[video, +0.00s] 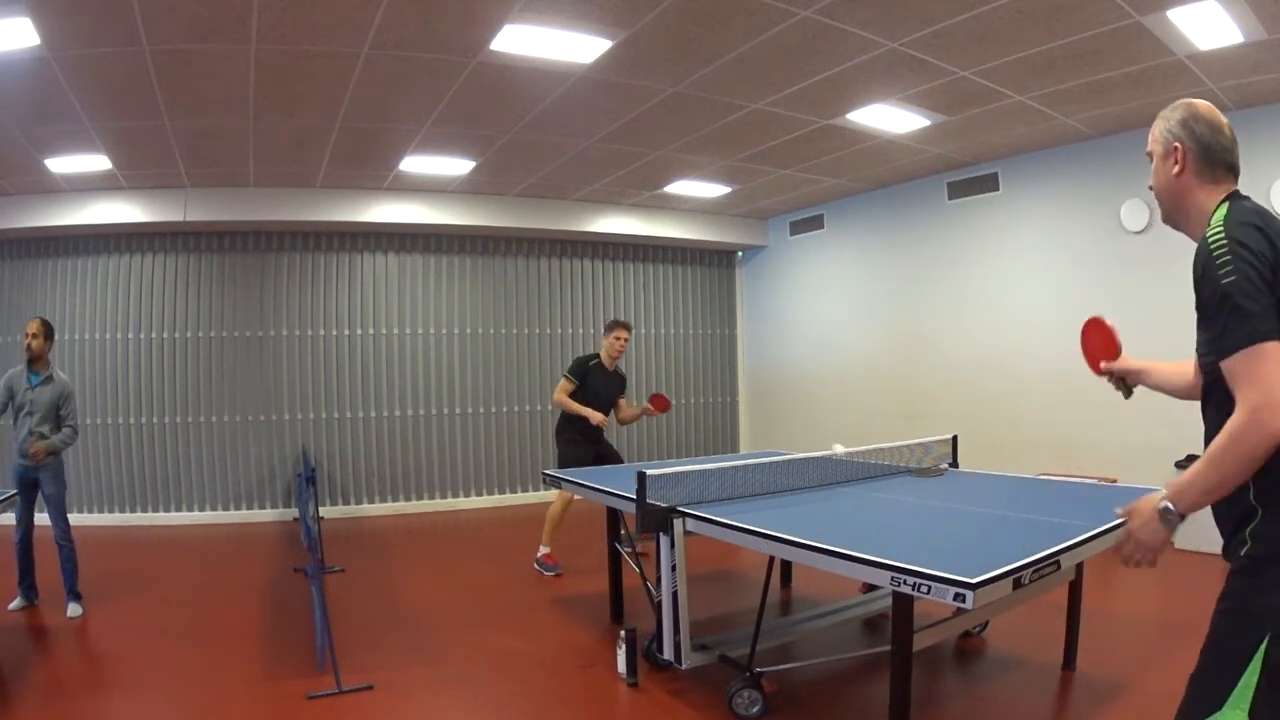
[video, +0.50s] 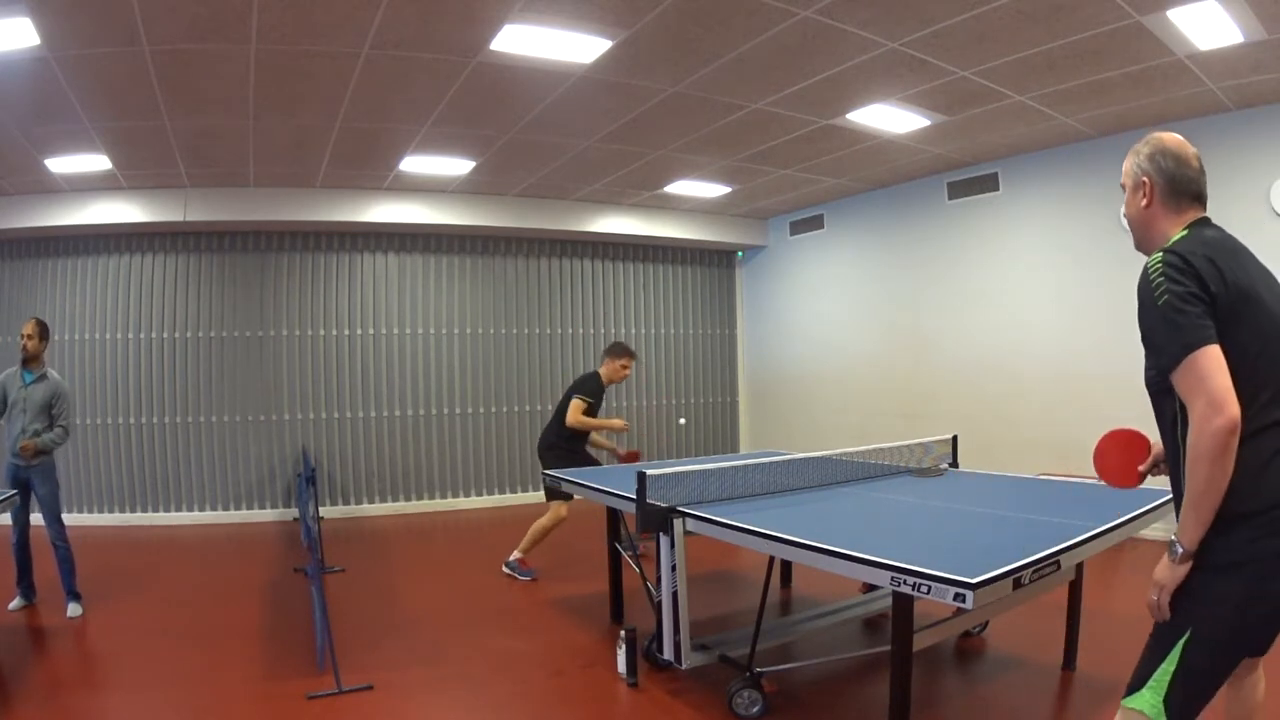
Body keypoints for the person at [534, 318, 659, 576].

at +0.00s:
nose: (621, 345)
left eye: (625, 341)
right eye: (617, 339)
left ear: (627, 345)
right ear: (604, 339)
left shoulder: (619, 378)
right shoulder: (583, 365)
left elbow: (622, 416)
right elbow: (558, 397)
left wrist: (642, 410)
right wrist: (589, 412)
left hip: (596, 437)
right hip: (572, 435)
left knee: (624, 479)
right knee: (568, 491)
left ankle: (620, 537)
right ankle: (544, 552)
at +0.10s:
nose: (629, 354)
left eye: (633, 350)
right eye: (625, 348)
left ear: (635, 354)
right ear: (612, 347)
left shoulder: (622, 385)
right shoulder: (594, 372)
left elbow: (621, 425)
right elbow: (571, 405)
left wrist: (648, 421)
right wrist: (607, 415)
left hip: (597, 442)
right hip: (574, 441)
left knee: (626, 481)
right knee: (574, 497)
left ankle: (621, 539)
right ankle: (535, 549)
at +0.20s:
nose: (636, 367)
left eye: (640, 363)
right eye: (632, 360)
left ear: (641, 366)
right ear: (618, 358)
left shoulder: (617, 391)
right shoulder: (602, 382)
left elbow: (611, 433)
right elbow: (588, 416)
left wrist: (639, 439)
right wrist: (625, 421)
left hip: (594, 449)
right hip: (575, 448)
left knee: (627, 481)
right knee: (575, 505)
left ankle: (621, 539)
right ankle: (526, 550)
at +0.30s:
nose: (637, 375)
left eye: (641, 371)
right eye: (634, 369)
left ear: (641, 373)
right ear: (618, 366)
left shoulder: (611, 390)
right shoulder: (607, 387)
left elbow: (594, 434)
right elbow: (598, 423)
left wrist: (616, 453)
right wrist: (632, 426)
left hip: (586, 451)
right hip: (570, 451)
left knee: (623, 482)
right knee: (571, 512)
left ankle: (622, 539)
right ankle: (521, 554)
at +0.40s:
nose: (633, 379)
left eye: (636, 375)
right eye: (630, 373)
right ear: (615, 369)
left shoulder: (603, 390)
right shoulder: (602, 389)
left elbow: (581, 430)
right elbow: (592, 424)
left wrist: (601, 454)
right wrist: (626, 428)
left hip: (576, 452)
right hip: (562, 453)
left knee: (618, 478)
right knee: (566, 515)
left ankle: (622, 541)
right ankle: (517, 557)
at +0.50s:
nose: (628, 374)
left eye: (629, 369)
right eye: (625, 368)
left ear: (613, 365)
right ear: (609, 363)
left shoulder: (598, 388)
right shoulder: (589, 383)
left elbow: (585, 432)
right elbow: (572, 419)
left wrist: (614, 448)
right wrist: (609, 423)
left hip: (575, 450)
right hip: (555, 450)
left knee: (612, 487)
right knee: (558, 512)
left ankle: (622, 540)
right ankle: (515, 558)